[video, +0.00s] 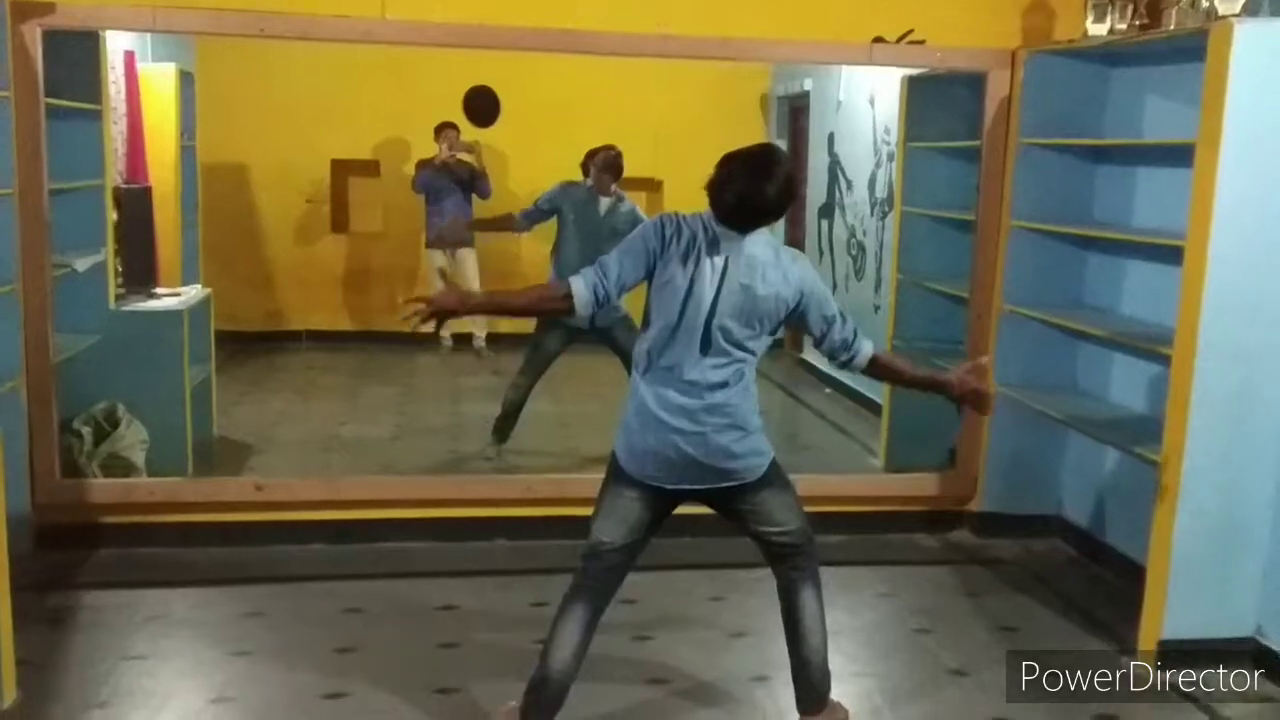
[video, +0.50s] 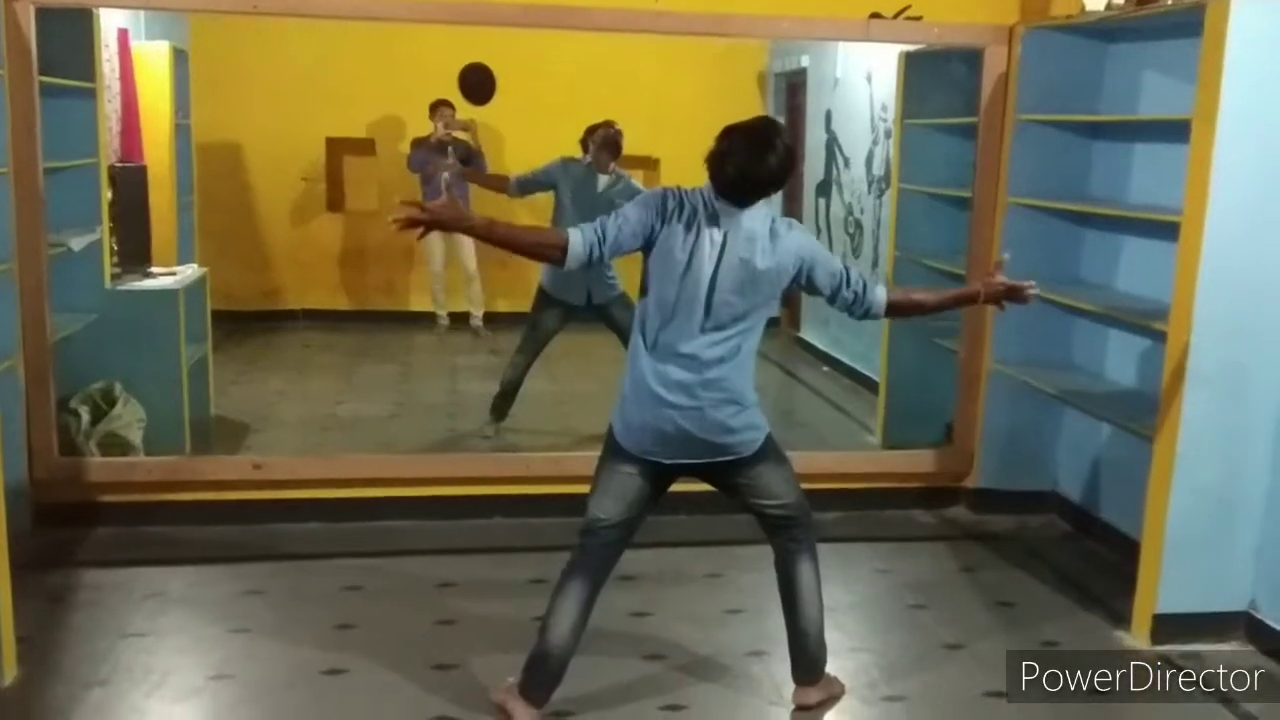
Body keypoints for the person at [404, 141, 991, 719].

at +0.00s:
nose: (795, 192)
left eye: (785, 182)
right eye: (791, 187)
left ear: (717, 191)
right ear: (779, 209)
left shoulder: (668, 232)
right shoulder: (791, 273)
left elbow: (578, 295)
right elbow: (857, 351)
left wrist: (472, 301)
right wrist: (945, 382)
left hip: (647, 442)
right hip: (730, 449)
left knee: (592, 582)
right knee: (797, 565)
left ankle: (533, 712)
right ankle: (816, 708)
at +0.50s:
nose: (788, 175)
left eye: (770, 159)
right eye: (786, 167)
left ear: (717, 165)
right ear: (774, 183)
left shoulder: (666, 208)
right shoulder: (786, 240)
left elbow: (566, 246)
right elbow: (874, 300)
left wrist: (461, 222)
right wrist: (972, 293)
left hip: (644, 418)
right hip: (728, 422)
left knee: (591, 557)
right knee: (794, 534)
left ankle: (528, 700)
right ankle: (810, 684)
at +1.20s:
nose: (759, 153)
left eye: (714, 142)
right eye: (765, 146)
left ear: (703, 148)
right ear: (764, 159)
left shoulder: (658, 202)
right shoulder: (782, 228)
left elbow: (561, 217)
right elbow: (885, 257)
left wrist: (485, 145)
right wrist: (970, 200)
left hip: (642, 417)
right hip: (729, 421)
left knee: (589, 553)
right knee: (791, 529)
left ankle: (529, 689)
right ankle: (807, 675)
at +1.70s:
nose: (680, 131)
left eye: (684, 125)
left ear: (687, 142)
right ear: (749, 150)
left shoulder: (651, 198)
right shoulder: (776, 217)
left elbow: (551, 205)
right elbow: (884, 226)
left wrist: (515, 104)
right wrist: (915, 129)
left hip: (644, 417)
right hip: (734, 421)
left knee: (588, 554)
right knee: (780, 545)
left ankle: (528, 690)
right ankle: (808, 680)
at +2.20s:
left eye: (674, 134)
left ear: (677, 141)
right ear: (740, 142)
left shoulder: (647, 196)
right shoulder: (771, 204)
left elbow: (558, 240)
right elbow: (874, 198)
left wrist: (490, 192)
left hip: (648, 414)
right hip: (731, 417)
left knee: (588, 549)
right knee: (768, 545)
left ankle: (530, 691)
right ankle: (803, 679)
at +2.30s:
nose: (671, 141)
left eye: (671, 133)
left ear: (673, 140)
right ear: (737, 142)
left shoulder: (641, 200)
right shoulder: (769, 207)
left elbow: (563, 267)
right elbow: (881, 216)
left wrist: (491, 280)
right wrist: (863, 281)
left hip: (648, 414)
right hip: (728, 418)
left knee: (587, 552)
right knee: (760, 555)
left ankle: (527, 700)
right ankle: (797, 691)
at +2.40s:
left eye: (672, 130)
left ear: (673, 137)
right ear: (737, 142)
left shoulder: (636, 210)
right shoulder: (770, 216)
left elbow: (583, 312)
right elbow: (844, 296)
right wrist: (787, 299)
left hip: (648, 420)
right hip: (728, 424)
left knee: (584, 553)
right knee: (753, 555)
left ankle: (528, 696)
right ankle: (795, 681)